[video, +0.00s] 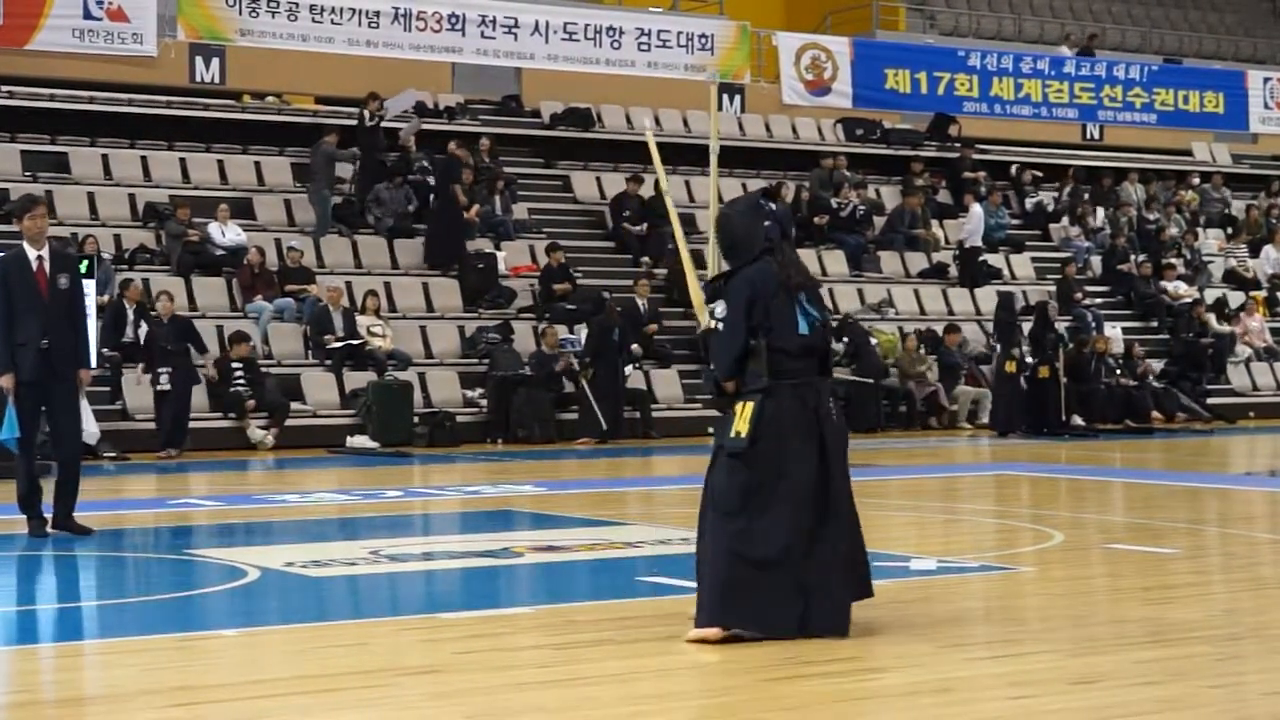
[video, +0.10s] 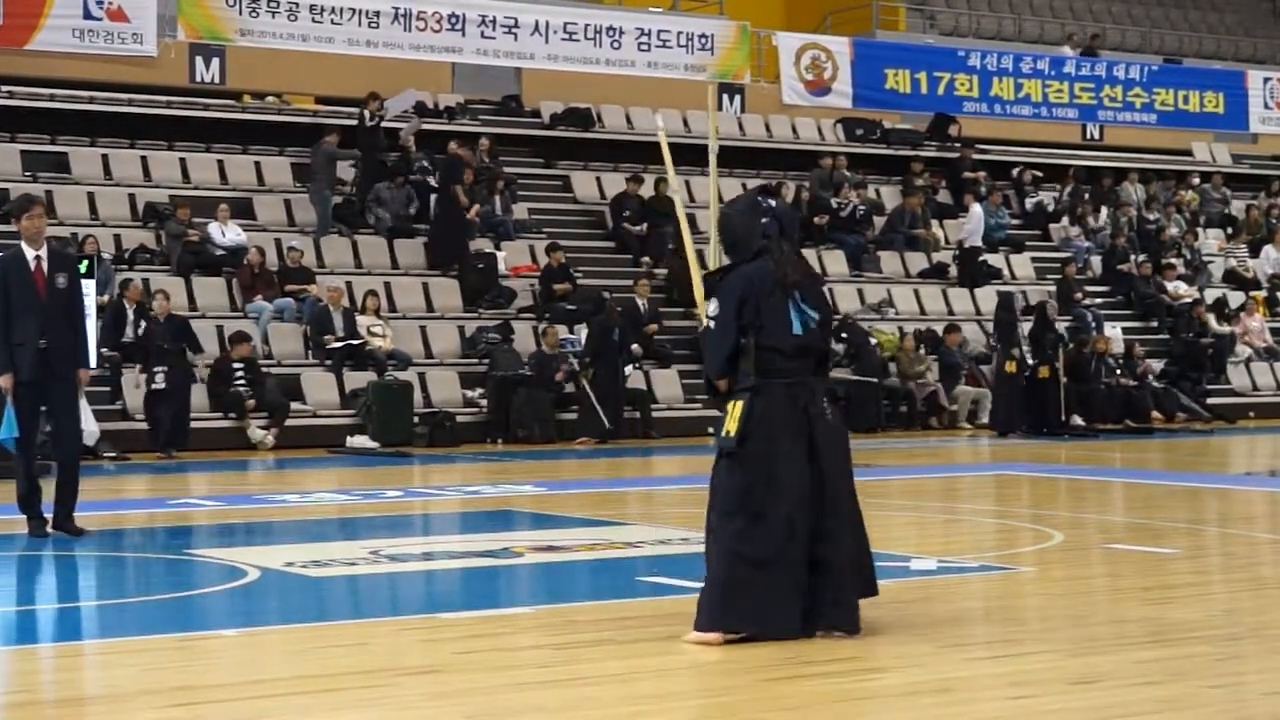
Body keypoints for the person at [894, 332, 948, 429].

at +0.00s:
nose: (913, 343)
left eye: (914, 341)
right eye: (910, 341)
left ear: (917, 343)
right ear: (905, 344)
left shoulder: (920, 356)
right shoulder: (901, 358)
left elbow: (929, 364)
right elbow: (908, 372)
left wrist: (922, 369)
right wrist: (924, 369)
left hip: (922, 380)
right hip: (909, 380)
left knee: (935, 389)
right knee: (911, 386)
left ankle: (932, 418)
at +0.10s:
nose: (910, 343)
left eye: (912, 340)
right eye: (907, 341)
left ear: (914, 342)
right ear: (902, 344)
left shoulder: (917, 355)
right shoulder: (901, 356)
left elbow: (927, 363)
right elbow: (907, 373)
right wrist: (924, 367)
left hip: (921, 380)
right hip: (908, 381)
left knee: (933, 390)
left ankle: (933, 418)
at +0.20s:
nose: (910, 343)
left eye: (911, 340)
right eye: (907, 340)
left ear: (914, 342)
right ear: (901, 344)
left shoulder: (918, 355)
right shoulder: (900, 356)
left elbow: (927, 364)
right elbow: (907, 373)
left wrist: (918, 369)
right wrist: (923, 367)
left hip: (921, 380)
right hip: (908, 380)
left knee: (933, 390)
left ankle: (933, 418)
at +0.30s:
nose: (910, 343)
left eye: (912, 340)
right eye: (907, 341)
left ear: (914, 342)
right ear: (901, 344)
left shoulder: (918, 355)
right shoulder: (900, 356)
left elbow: (927, 366)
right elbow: (906, 373)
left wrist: (916, 371)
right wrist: (923, 367)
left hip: (921, 380)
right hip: (909, 380)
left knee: (933, 390)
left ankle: (933, 418)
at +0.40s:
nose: (911, 343)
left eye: (913, 340)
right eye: (908, 340)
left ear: (916, 342)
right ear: (902, 344)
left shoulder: (921, 357)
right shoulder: (900, 357)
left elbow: (927, 371)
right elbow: (905, 373)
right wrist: (922, 370)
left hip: (922, 380)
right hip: (909, 381)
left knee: (935, 388)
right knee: (912, 386)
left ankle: (933, 418)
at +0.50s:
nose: (913, 343)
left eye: (914, 340)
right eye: (910, 340)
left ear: (917, 343)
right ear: (904, 343)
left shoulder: (920, 357)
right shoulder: (899, 358)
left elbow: (928, 371)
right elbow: (903, 375)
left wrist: (927, 372)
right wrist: (920, 372)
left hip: (923, 381)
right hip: (909, 383)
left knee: (935, 389)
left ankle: (934, 418)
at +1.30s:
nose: (914, 344)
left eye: (915, 341)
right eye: (911, 341)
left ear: (917, 342)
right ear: (906, 343)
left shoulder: (921, 357)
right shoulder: (904, 357)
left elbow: (926, 376)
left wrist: (919, 380)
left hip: (922, 385)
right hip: (908, 387)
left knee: (933, 391)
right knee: (937, 389)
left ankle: (933, 418)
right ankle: (943, 417)